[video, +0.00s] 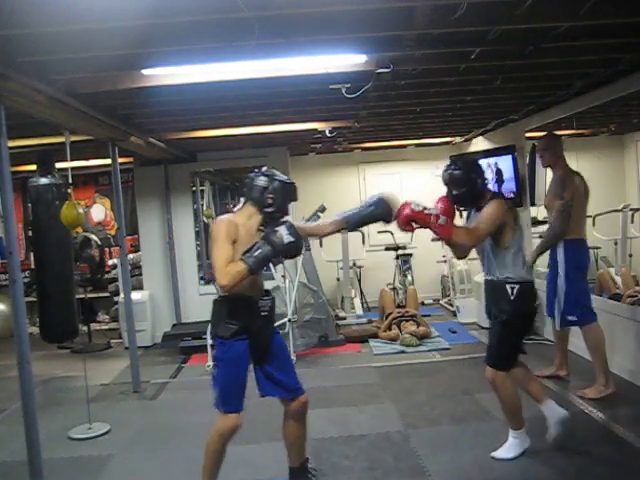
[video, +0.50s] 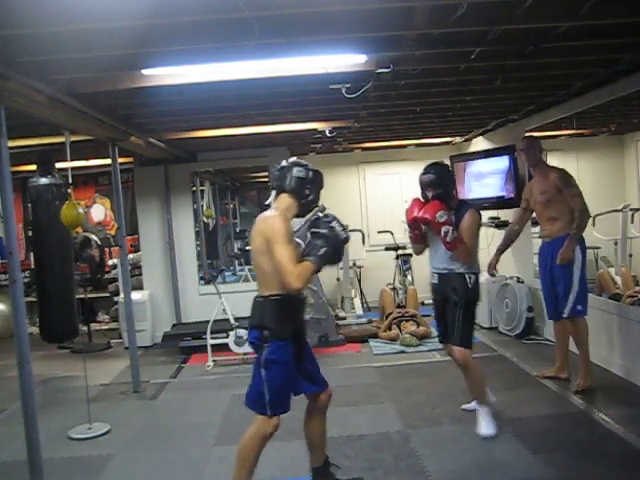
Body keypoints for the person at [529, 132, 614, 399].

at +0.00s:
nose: (539, 156)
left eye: (542, 152)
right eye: (538, 152)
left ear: (555, 152)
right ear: (552, 154)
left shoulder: (565, 181)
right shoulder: (571, 179)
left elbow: (558, 226)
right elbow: (567, 220)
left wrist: (536, 252)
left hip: (569, 249)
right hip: (566, 248)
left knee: (583, 313)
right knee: (559, 309)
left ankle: (604, 380)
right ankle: (560, 365)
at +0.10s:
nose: (536, 156)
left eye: (540, 151)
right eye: (535, 152)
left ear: (553, 151)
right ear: (540, 154)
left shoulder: (565, 179)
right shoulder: (551, 179)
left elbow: (564, 223)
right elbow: (555, 220)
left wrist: (542, 258)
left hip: (567, 248)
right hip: (555, 249)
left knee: (580, 312)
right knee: (555, 311)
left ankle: (603, 377)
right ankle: (559, 366)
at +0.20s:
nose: (534, 153)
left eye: (538, 148)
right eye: (532, 149)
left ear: (548, 150)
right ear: (531, 152)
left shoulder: (560, 175)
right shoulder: (542, 177)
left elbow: (575, 215)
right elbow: (545, 219)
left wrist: (556, 248)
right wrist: (538, 250)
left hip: (565, 245)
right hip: (548, 246)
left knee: (573, 310)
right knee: (554, 310)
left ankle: (601, 373)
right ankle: (559, 366)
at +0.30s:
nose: (529, 153)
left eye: (533, 148)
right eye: (527, 149)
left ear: (544, 148)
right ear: (526, 152)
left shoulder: (558, 175)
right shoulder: (534, 183)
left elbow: (581, 211)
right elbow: (531, 221)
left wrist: (564, 244)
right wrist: (518, 255)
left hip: (567, 245)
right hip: (547, 246)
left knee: (568, 309)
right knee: (554, 309)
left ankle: (597, 370)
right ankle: (560, 366)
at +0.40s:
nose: (525, 155)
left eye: (529, 150)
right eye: (522, 151)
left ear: (541, 151)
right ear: (520, 155)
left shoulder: (558, 176)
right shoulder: (529, 187)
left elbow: (584, 212)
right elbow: (521, 224)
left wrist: (570, 243)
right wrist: (504, 255)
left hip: (567, 245)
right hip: (546, 247)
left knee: (568, 311)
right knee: (555, 312)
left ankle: (588, 373)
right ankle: (560, 367)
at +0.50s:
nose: (524, 156)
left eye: (528, 150)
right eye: (522, 151)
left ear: (540, 151)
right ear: (521, 155)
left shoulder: (559, 176)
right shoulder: (529, 188)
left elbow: (583, 212)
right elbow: (517, 224)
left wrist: (571, 244)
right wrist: (498, 253)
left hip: (569, 246)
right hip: (547, 248)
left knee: (572, 312)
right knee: (556, 313)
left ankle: (585, 372)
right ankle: (560, 367)